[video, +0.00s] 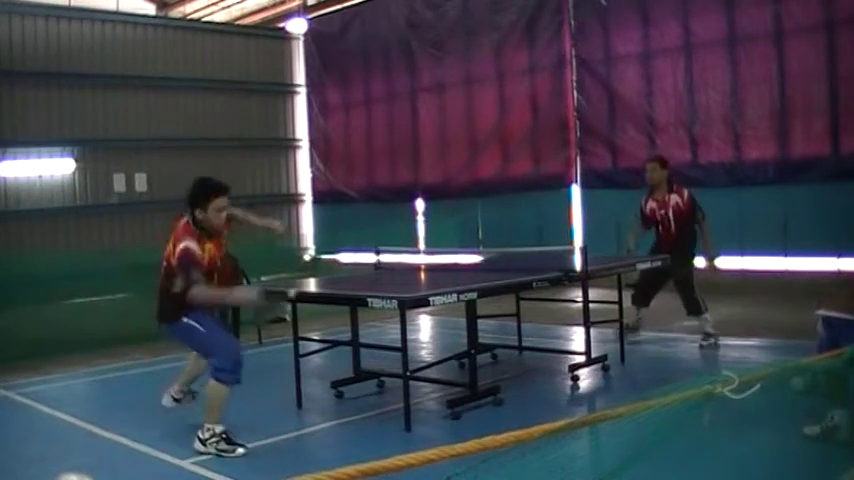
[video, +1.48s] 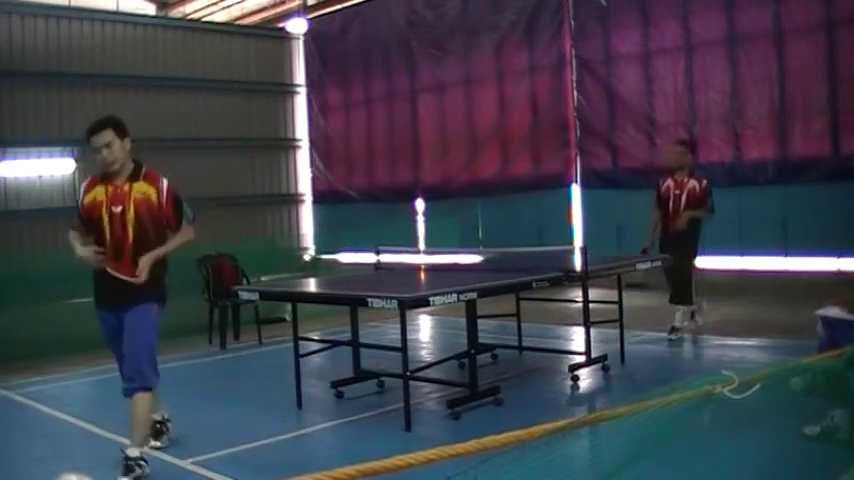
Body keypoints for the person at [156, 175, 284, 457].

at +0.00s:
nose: (225, 216)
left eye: (226, 210)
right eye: (219, 211)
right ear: (199, 214)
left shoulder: (209, 221)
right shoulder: (187, 246)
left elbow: (232, 211)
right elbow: (193, 292)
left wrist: (262, 222)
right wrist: (233, 295)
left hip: (199, 306)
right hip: (179, 313)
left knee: (215, 345)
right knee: (229, 354)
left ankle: (179, 390)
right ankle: (210, 432)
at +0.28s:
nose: (228, 206)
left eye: (228, 201)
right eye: (226, 200)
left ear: (200, 194)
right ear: (211, 196)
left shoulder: (174, 223)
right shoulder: (207, 221)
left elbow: (161, 260)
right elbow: (253, 191)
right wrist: (237, 150)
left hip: (176, 317)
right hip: (199, 318)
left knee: (209, 348)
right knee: (250, 365)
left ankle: (195, 408)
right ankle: (214, 433)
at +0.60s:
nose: (210, 161)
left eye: (211, 155)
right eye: (204, 156)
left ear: (190, 160)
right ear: (185, 159)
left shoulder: (182, 182)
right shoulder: (184, 184)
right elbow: (227, 201)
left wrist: (221, 231)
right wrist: (252, 172)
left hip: (186, 276)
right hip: (175, 278)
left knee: (200, 344)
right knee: (197, 346)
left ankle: (197, 412)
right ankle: (196, 427)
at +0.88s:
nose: (169, 153)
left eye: (173, 146)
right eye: (161, 149)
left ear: (183, 148)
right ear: (152, 154)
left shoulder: (188, 187)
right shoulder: (144, 186)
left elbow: (186, 230)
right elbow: (141, 233)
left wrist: (207, 233)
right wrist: (189, 222)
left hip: (185, 282)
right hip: (153, 284)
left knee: (190, 347)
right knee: (160, 353)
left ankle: (193, 408)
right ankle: (162, 421)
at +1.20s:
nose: (129, 148)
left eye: (134, 140)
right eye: (122, 144)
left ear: (147, 139)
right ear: (115, 150)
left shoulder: (175, 179)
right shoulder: (107, 185)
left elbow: (195, 223)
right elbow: (93, 229)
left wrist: (180, 239)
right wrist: (126, 238)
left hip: (169, 284)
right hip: (129, 287)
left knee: (177, 352)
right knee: (142, 357)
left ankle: (183, 422)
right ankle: (160, 423)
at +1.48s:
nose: (104, 155)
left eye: (109, 146)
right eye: (97, 150)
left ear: (127, 142)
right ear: (94, 153)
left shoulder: (156, 186)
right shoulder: (91, 190)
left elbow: (187, 230)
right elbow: (80, 233)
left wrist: (154, 255)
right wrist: (82, 250)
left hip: (145, 291)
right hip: (107, 292)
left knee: (138, 366)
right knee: (130, 366)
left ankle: (134, 455)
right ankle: (157, 421)